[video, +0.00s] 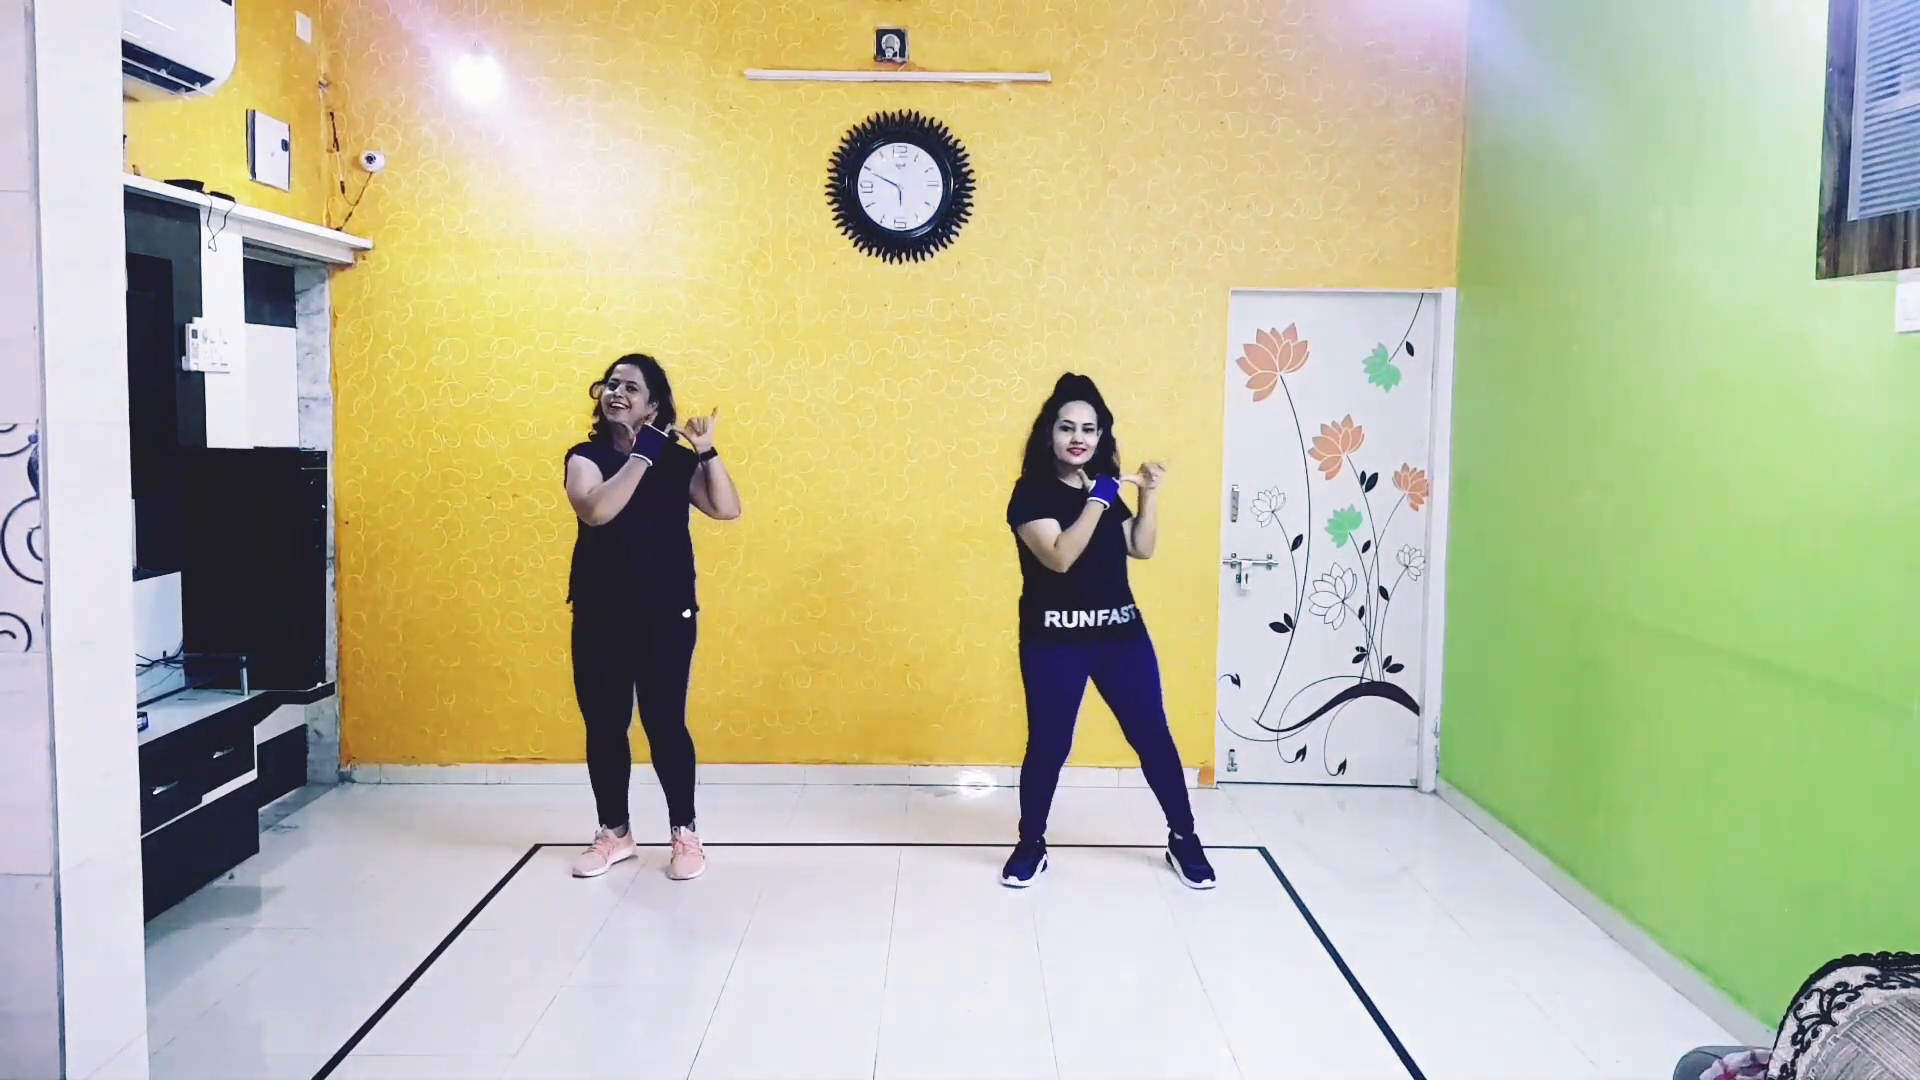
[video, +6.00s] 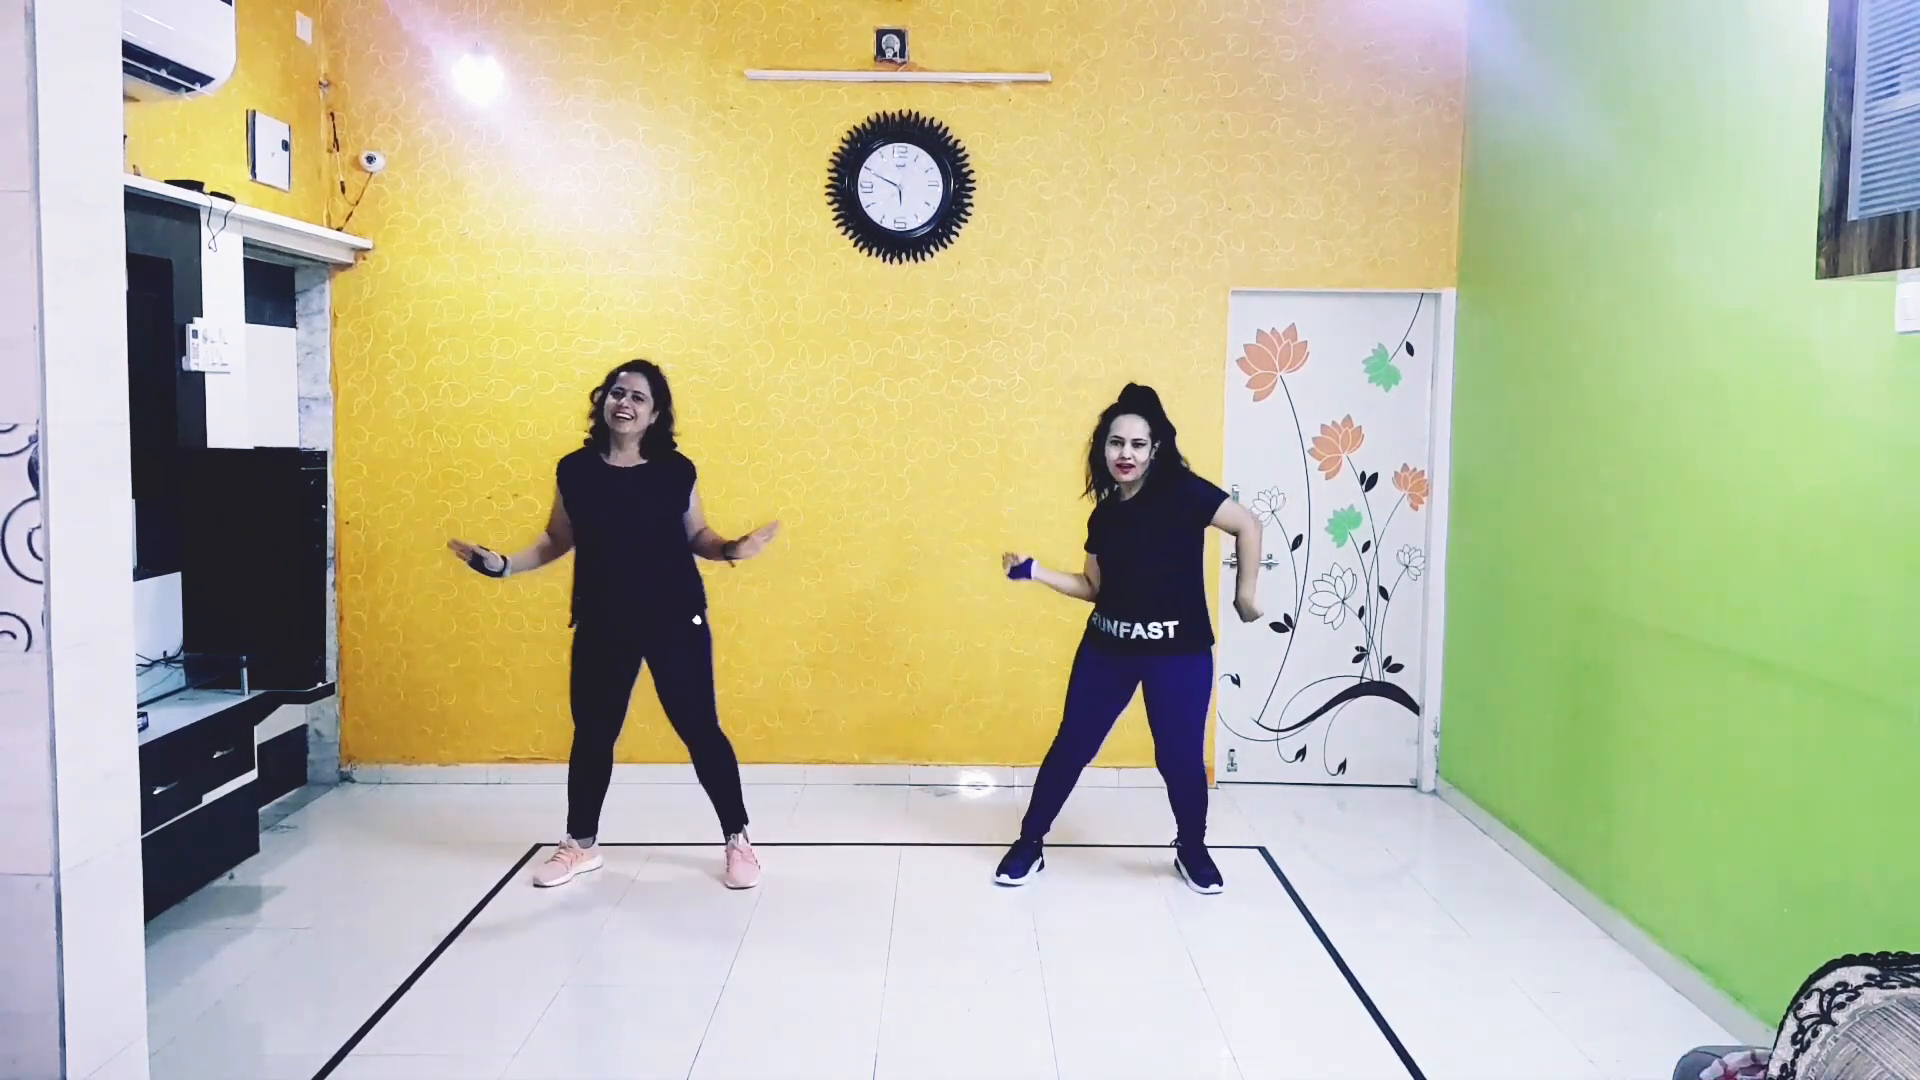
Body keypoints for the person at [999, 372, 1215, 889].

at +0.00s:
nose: (1078, 439)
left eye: (1089, 429)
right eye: (1067, 427)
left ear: (1102, 435)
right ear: (1048, 432)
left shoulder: (1107, 487)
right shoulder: (1029, 493)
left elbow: (1142, 548)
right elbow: (1057, 559)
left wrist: (1148, 498)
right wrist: (1097, 503)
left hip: (1118, 634)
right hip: (1053, 640)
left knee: (1153, 738)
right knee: (1048, 747)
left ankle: (1185, 838)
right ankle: (1031, 843)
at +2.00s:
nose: (1082, 441)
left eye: (1092, 432)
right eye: (1071, 432)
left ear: (1107, 440)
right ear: (1057, 442)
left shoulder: (1136, 480)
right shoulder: (1055, 502)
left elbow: (1177, 541)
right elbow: (1074, 575)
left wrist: (1216, 586)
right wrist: (1081, 502)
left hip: (1167, 635)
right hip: (1098, 642)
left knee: (1182, 743)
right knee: (1072, 747)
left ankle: (1187, 842)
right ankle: (1034, 842)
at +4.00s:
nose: (1151, 435)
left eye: (1161, 425)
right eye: (1140, 426)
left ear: (1181, 432)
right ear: (1129, 437)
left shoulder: (1211, 485)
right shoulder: (1125, 491)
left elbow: (1252, 560)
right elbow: (1101, 568)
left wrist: (1279, 627)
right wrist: (1132, 517)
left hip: (1206, 642)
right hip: (1134, 638)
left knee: (1202, 754)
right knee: (1090, 742)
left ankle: (1194, 844)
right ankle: (1043, 839)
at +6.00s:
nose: (1126, 453)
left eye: (1138, 442)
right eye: (1116, 441)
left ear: (1157, 447)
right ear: (1103, 446)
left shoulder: (1185, 493)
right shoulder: (1104, 513)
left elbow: (1249, 524)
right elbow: (1093, 587)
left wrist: (1247, 593)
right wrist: (1037, 571)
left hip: (1179, 651)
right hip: (1110, 647)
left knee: (1181, 759)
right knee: (1070, 748)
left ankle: (1193, 846)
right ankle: (1029, 841)